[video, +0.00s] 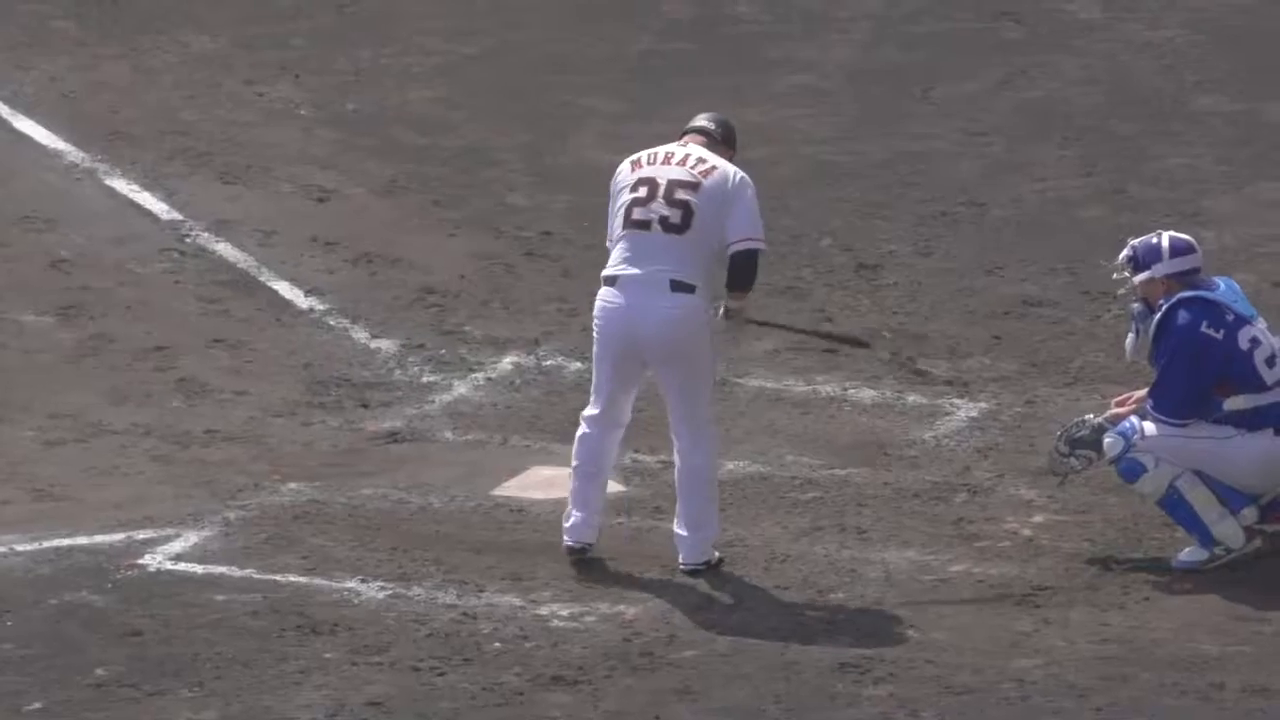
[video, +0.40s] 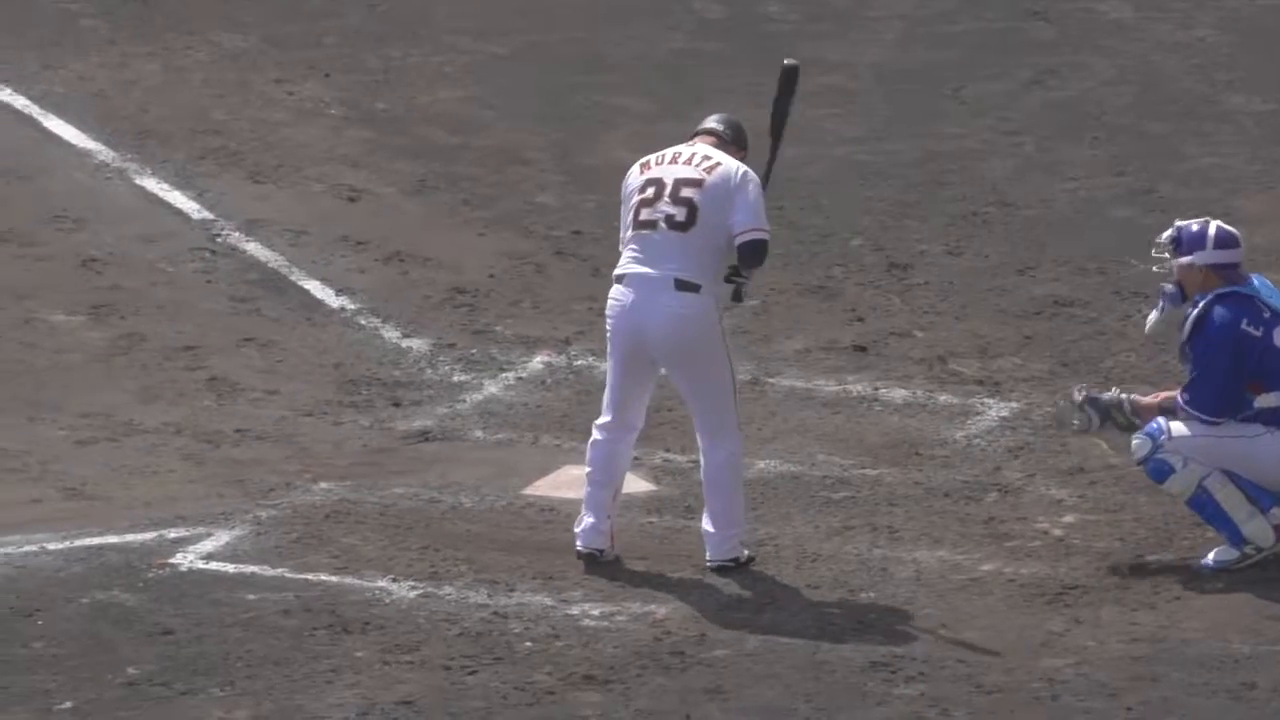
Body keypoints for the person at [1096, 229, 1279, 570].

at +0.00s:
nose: (1135, 290)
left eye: (1140, 282)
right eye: (1135, 282)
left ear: (1163, 283)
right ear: (1189, 275)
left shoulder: (1183, 320)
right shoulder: (1214, 293)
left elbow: (1174, 412)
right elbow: (1206, 384)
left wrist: (1136, 413)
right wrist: (1147, 397)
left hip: (1263, 449)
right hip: (1269, 434)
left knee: (1128, 442)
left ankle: (1225, 540)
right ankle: (1252, 508)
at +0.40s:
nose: (1173, 272)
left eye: (1179, 264)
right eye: (1174, 263)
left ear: (1202, 270)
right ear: (1226, 265)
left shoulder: (1220, 317)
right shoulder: (1256, 288)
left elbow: (1212, 406)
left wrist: (1157, 407)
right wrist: (1173, 399)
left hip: (1271, 440)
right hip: (1272, 427)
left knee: (1157, 444)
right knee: (1181, 423)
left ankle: (1255, 540)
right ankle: (1269, 514)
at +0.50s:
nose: (1183, 264)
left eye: (1189, 256)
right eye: (1185, 255)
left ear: (1210, 264)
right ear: (1233, 261)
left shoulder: (1229, 316)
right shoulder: (1265, 285)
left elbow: (1210, 404)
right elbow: (1168, 329)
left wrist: (1136, 397)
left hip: (1270, 438)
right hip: (1271, 424)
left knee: (1158, 444)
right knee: (1185, 422)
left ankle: (1260, 535)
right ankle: (1270, 509)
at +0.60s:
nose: (1188, 259)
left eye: (1195, 251)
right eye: (1190, 250)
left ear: (1219, 261)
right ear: (1227, 260)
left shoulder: (1240, 312)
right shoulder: (1265, 284)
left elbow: (1209, 397)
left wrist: (1129, 397)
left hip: (1273, 439)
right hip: (1271, 426)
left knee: (1161, 446)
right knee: (1182, 425)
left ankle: (1262, 533)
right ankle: (1269, 508)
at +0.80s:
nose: (1207, 255)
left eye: (1215, 247)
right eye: (1211, 246)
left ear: (1238, 257)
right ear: (1246, 256)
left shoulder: (1254, 307)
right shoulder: (1264, 293)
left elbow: (1199, 390)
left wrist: (1128, 436)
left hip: (1273, 436)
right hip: (1271, 424)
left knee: (1166, 450)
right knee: (1192, 428)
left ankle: (1267, 533)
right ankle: (1270, 512)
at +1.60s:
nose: (1220, 253)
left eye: (1228, 244)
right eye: (1222, 244)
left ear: (1252, 255)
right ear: (1252, 255)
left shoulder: (1262, 314)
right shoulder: (1259, 300)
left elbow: (1195, 396)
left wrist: (1124, 449)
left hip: (1272, 439)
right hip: (1266, 427)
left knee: (1170, 453)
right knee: (1201, 426)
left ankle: (1270, 534)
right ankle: (1269, 511)